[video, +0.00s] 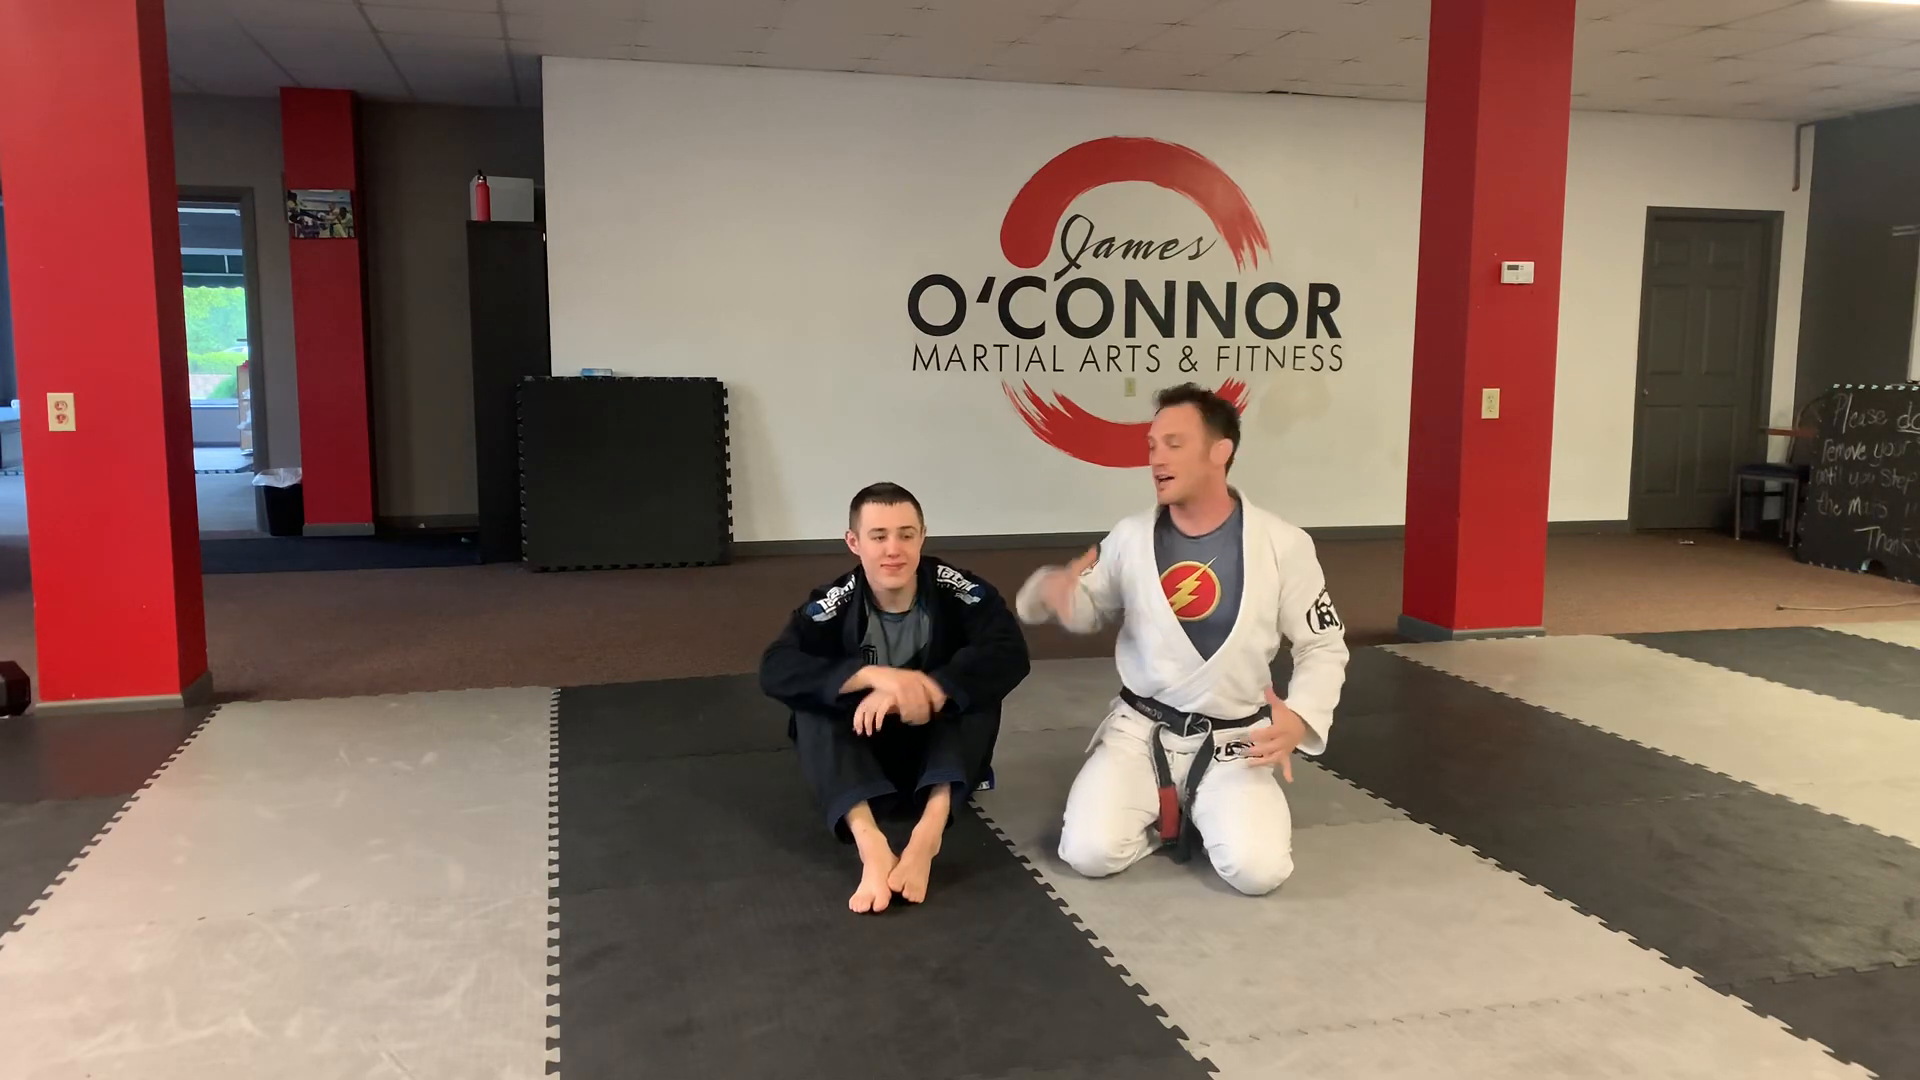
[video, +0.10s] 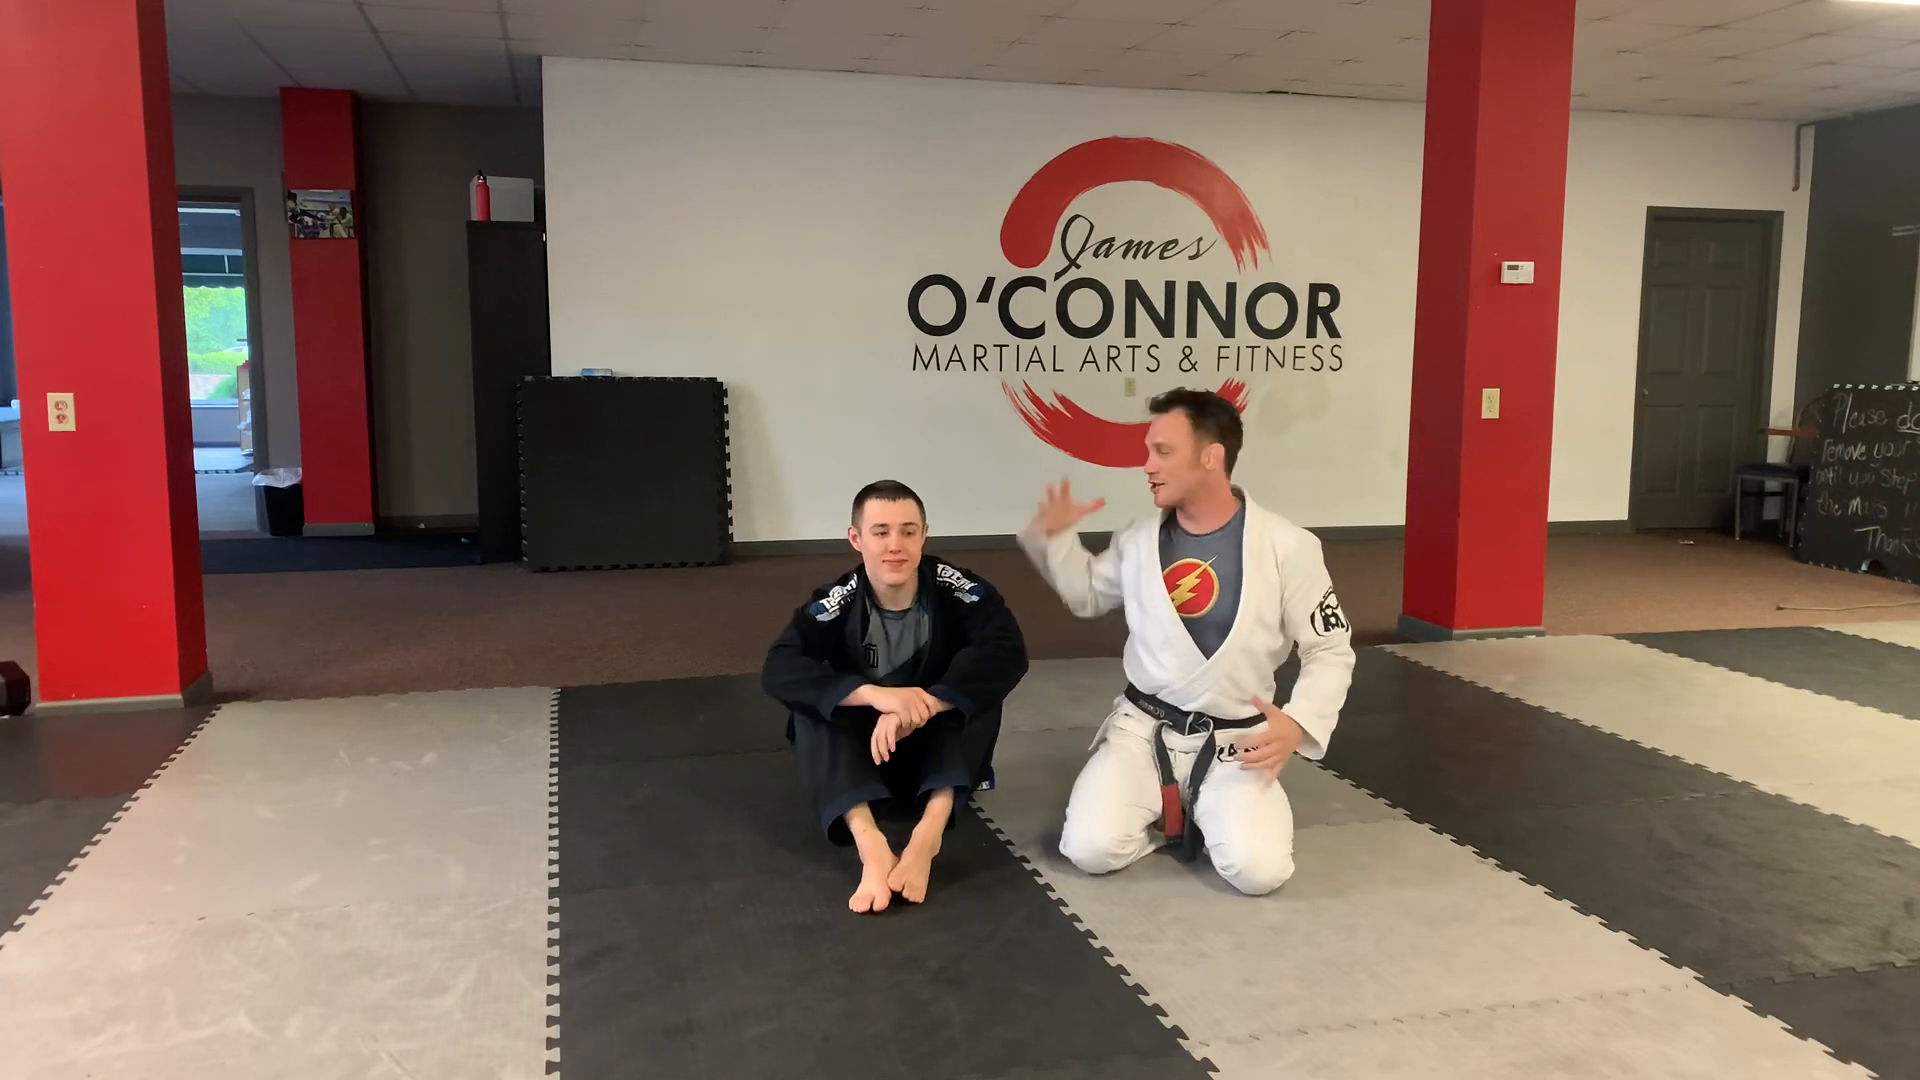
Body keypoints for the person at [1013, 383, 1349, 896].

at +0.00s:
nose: (1155, 460)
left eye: (1172, 444)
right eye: (1152, 447)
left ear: (1220, 453)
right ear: (1149, 455)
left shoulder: (1282, 545)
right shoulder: (1129, 538)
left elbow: (1323, 646)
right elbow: (1093, 609)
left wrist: (1302, 716)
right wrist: (1059, 595)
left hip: (1236, 739)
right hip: (1139, 728)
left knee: (1260, 871)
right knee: (1088, 853)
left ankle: (1211, 802)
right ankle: (1167, 810)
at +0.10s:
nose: (1147, 467)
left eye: (1162, 452)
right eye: (1148, 452)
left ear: (1213, 457)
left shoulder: (1287, 548)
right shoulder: (1139, 540)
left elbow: (1330, 650)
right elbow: (1087, 594)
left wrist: (1299, 723)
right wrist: (1054, 539)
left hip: (1236, 739)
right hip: (1141, 726)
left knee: (1261, 872)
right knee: (1089, 850)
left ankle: (1214, 801)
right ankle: (1172, 811)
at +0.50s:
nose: (1135, 468)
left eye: (1149, 453)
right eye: (1136, 454)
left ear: (1197, 459)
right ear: (1189, 460)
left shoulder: (1274, 548)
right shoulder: (1129, 543)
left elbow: (1321, 651)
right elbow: (1067, 590)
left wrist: (1283, 723)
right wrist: (992, 530)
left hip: (1226, 744)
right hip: (1130, 730)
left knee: (1259, 871)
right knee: (1052, 842)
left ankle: (1203, 805)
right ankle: (1155, 803)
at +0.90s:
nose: (1140, 461)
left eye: (1157, 445)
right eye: (1128, 448)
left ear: (1191, 454)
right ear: (1115, 460)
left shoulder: (1251, 544)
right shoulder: (1101, 550)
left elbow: (1293, 657)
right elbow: (1055, 609)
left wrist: (1256, 748)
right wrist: (982, 568)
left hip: (1220, 737)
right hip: (1126, 730)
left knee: (1254, 871)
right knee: (1050, 841)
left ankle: (1199, 799)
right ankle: (1159, 809)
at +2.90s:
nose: (1136, 464)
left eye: (1152, 448)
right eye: (1125, 450)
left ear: (1188, 457)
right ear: (1112, 462)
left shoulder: (1245, 548)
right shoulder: (1098, 549)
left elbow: (1283, 662)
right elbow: (1055, 608)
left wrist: (1233, 748)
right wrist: (980, 566)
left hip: (1208, 739)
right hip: (1115, 730)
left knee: (1245, 871)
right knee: (1045, 841)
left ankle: (1185, 803)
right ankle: (1153, 809)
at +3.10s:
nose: (1137, 463)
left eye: (1154, 447)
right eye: (1129, 449)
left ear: (1194, 457)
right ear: (1119, 457)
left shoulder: (1248, 548)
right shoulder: (1107, 544)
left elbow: (1292, 651)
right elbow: (1063, 597)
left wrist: (1227, 692)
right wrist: (980, 553)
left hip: (1207, 736)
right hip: (1115, 728)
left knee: (1246, 870)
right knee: (1045, 840)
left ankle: (1190, 800)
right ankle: (1149, 807)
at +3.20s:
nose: (1134, 464)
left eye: (1150, 449)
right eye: (1129, 451)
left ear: (1196, 458)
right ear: (1124, 458)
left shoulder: (1251, 547)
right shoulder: (1114, 540)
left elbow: (1291, 658)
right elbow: (1063, 593)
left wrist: (1210, 621)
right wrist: (989, 540)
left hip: (1208, 736)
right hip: (1116, 726)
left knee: (1246, 871)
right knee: (1045, 841)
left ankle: (1193, 800)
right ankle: (1153, 811)